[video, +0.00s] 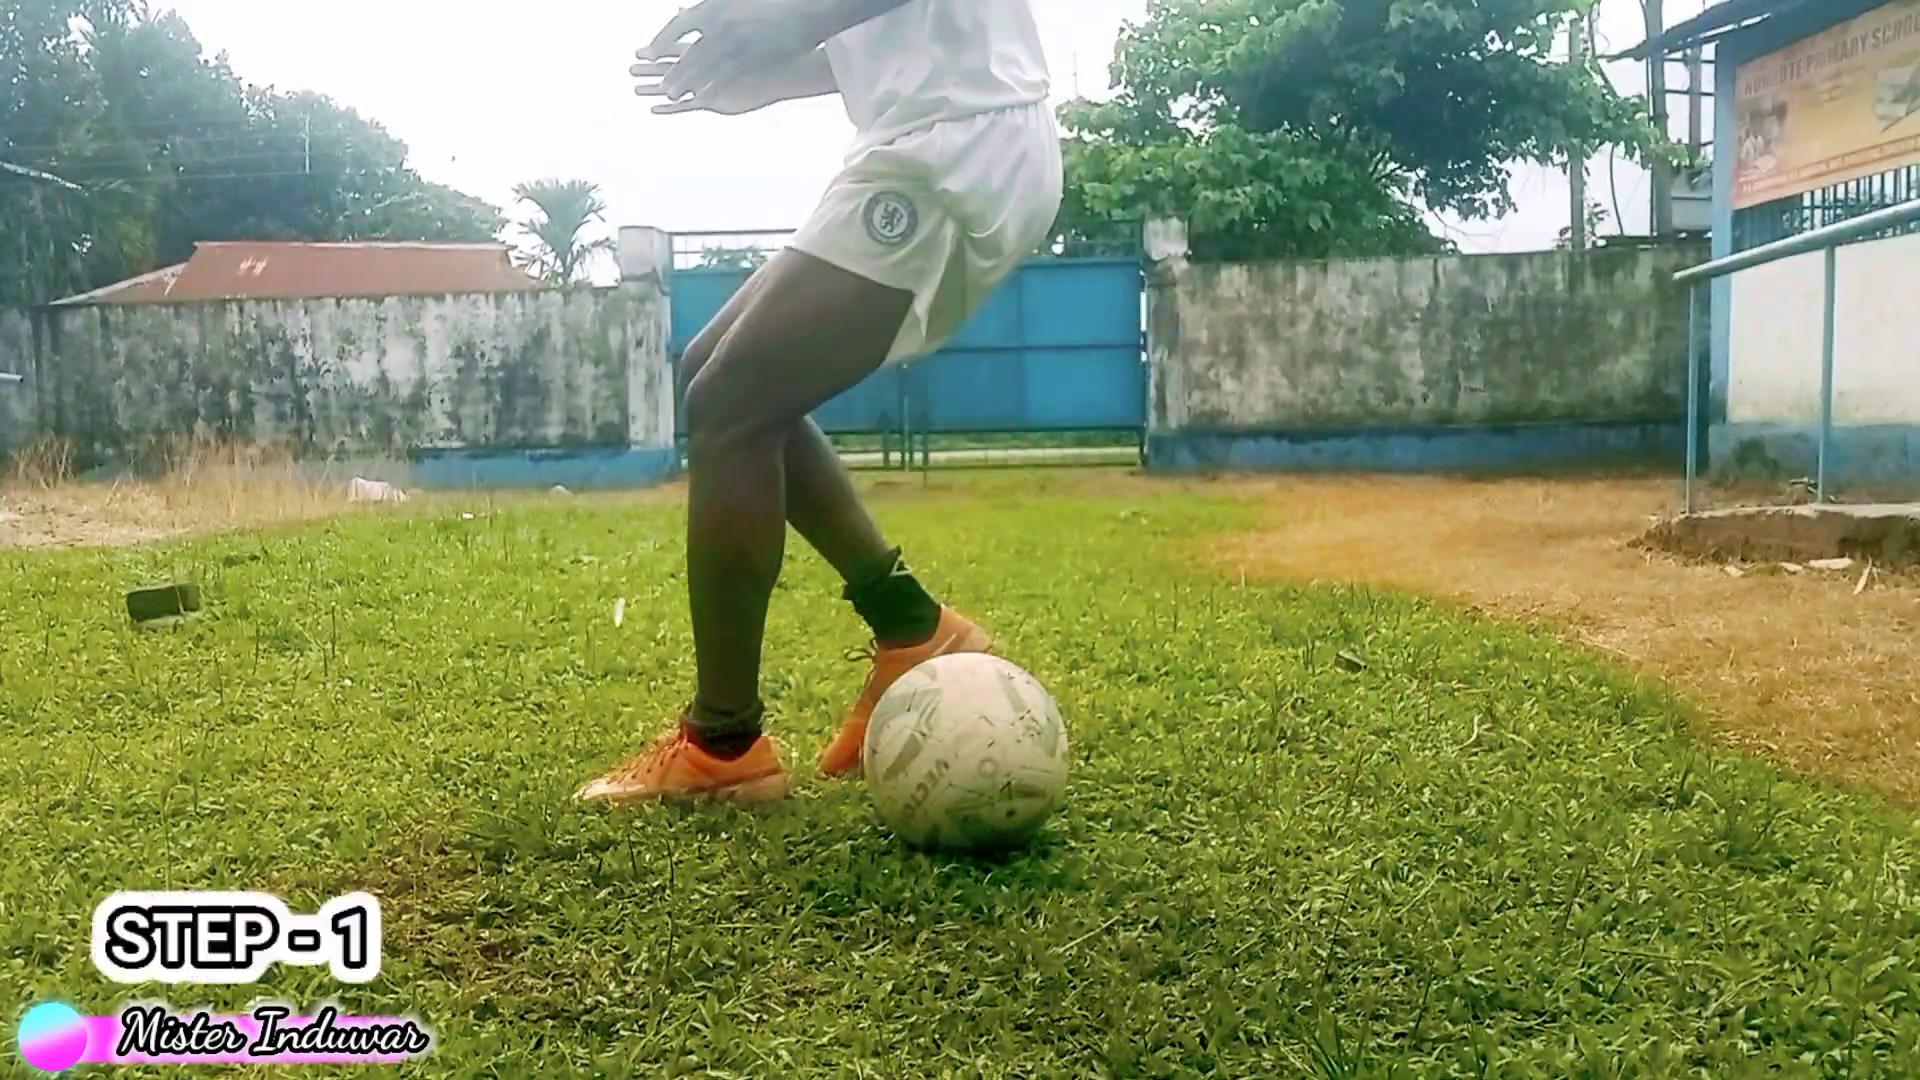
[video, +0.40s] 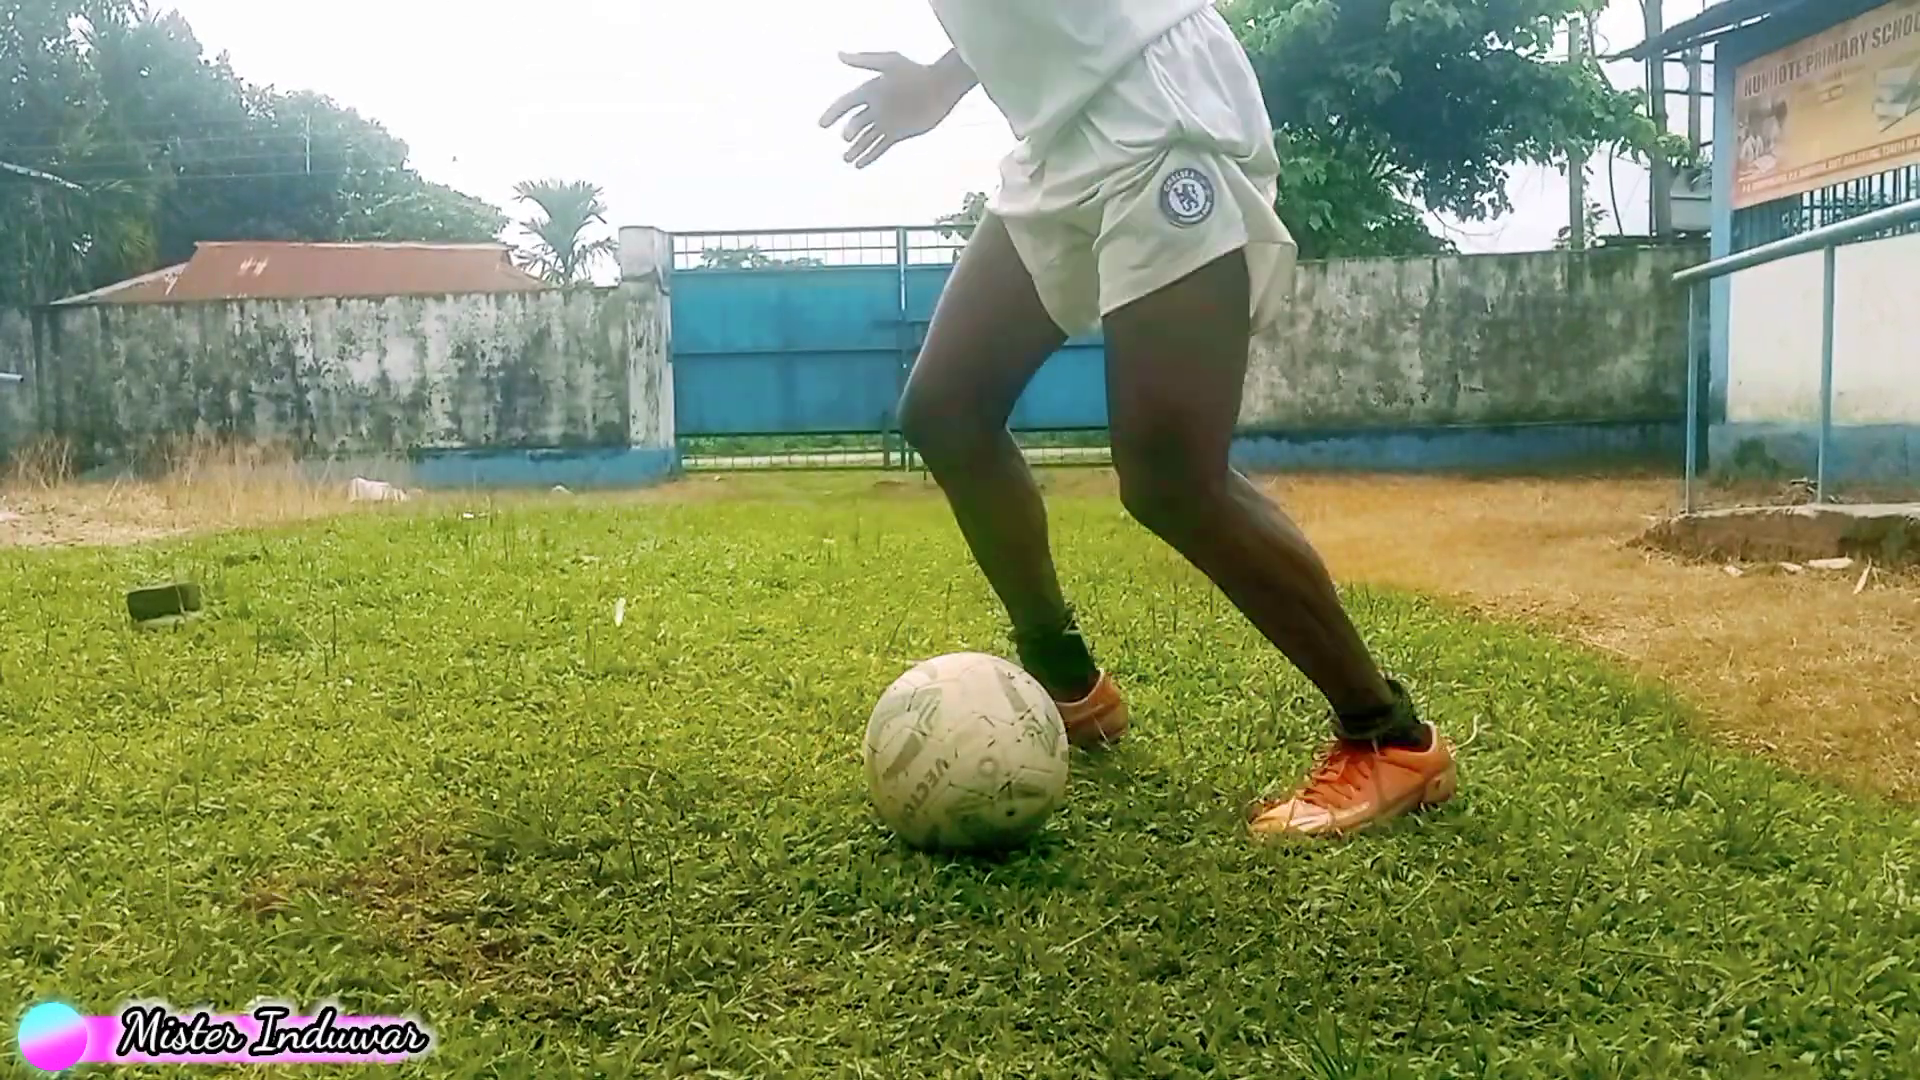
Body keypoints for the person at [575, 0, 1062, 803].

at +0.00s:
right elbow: (913, 40)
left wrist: (787, 24)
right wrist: (776, 77)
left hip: (956, 132)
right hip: (926, 128)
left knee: (730, 403)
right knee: (709, 370)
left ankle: (722, 740)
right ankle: (913, 631)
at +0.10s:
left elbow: (822, 27)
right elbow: (819, 33)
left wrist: (671, 49)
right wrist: (671, 48)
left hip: (1000, 95)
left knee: (810, 395)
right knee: (830, 396)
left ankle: (722, 727)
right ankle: (1001, 649)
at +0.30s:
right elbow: (929, 29)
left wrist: (778, 114)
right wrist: (781, 112)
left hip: (1105, 75)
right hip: (1042, 104)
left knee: (955, 417)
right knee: (980, 416)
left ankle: (1237, 640)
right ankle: (1036, 694)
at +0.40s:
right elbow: (1037, 14)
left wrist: (942, 76)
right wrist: (943, 76)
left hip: (1161, 88)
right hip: (1053, 132)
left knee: (1173, 480)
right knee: (945, 412)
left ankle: (1392, 735)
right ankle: (1067, 687)